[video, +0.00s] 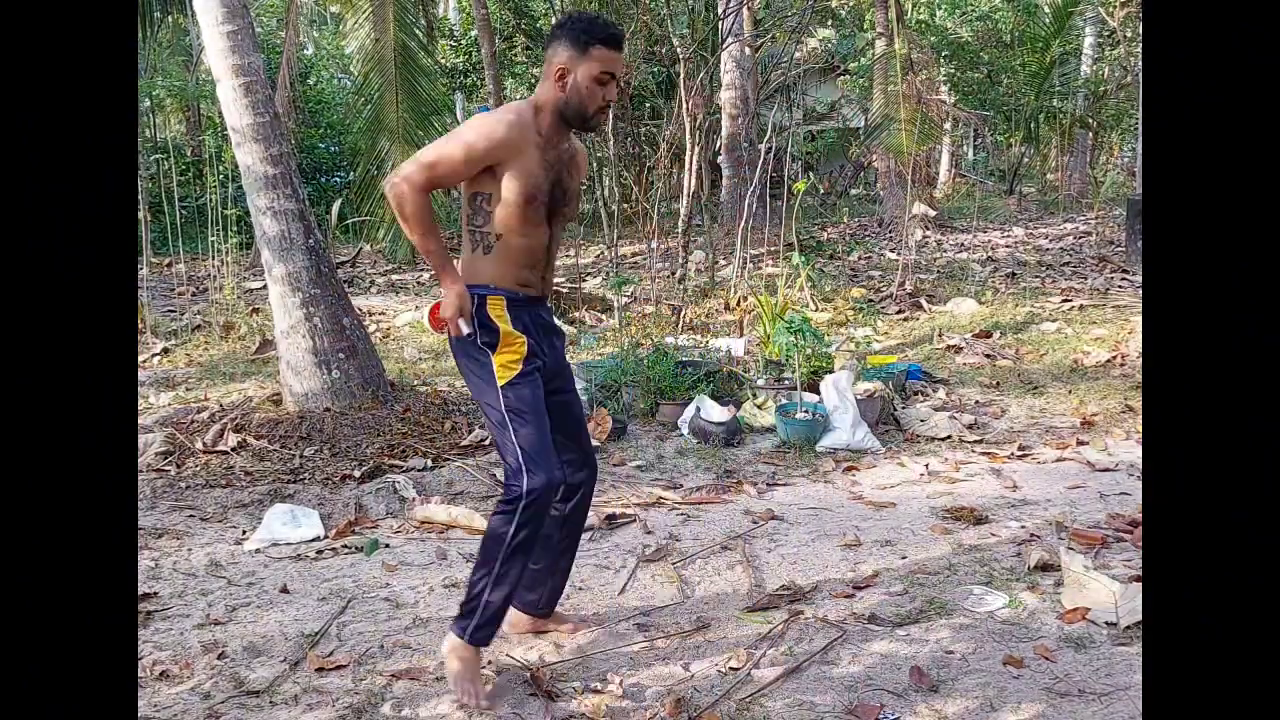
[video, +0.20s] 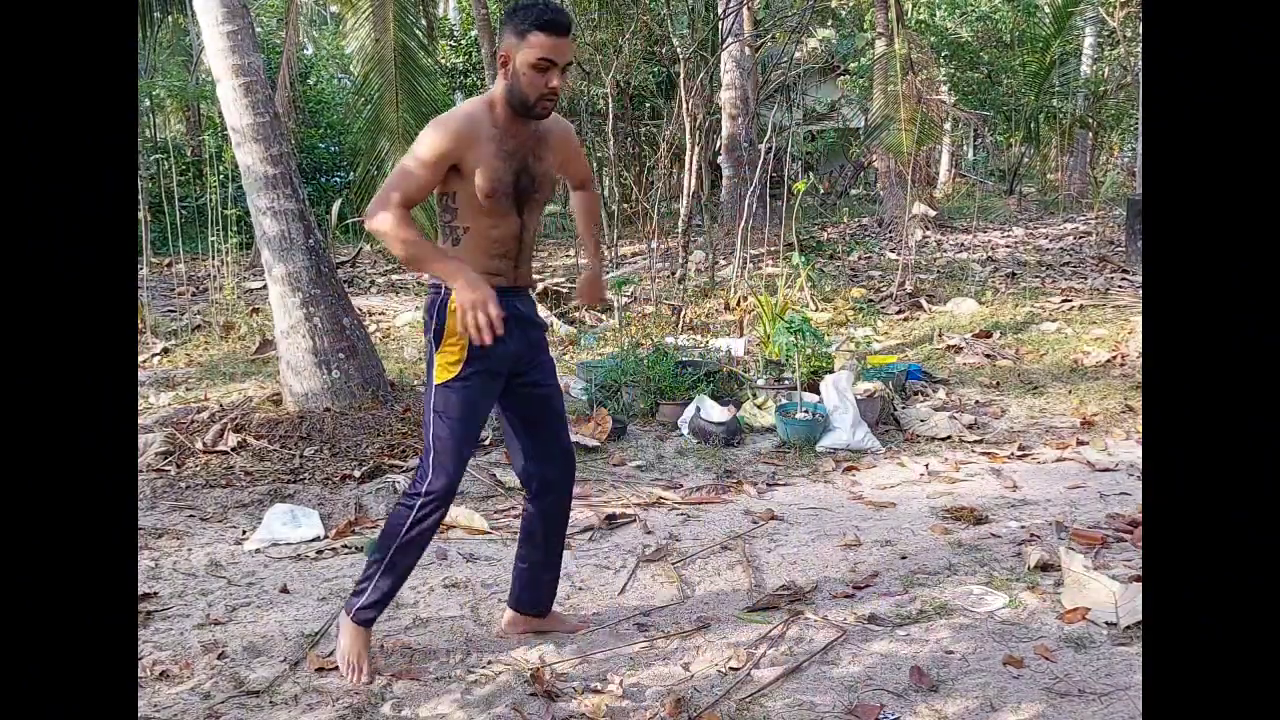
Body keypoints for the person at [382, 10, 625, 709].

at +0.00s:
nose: (612, 96)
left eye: (617, 83)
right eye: (603, 79)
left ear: (591, 80)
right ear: (559, 71)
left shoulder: (574, 156)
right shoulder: (508, 127)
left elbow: (534, 239)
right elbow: (406, 184)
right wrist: (448, 278)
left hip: (535, 319)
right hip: (490, 317)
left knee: (575, 472)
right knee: (536, 477)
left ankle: (533, 609)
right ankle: (466, 644)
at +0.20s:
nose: (556, 82)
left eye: (564, 69)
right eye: (544, 66)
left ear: (568, 70)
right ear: (505, 60)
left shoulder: (558, 138)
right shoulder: (456, 131)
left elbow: (584, 190)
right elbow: (383, 215)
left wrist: (593, 268)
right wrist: (457, 274)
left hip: (522, 317)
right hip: (463, 318)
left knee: (553, 470)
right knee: (438, 481)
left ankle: (528, 611)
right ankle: (358, 617)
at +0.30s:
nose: (527, 87)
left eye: (537, 72)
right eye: (514, 71)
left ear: (543, 70)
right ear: (479, 61)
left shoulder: (524, 130)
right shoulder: (440, 133)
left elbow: (576, 171)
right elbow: (414, 244)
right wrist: (514, 262)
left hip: (502, 318)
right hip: (444, 320)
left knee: (544, 466)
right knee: (409, 480)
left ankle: (529, 610)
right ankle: (352, 624)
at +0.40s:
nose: (506, 92)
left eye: (516, 79)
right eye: (493, 75)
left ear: (523, 78)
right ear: (459, 65)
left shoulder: (503, 135)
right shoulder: (430, 139)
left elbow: (573, 175)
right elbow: (455, 251)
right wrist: (521, 243)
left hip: (484, 319)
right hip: (429, 322)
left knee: (542, 464)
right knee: (401, 487)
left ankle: (530, 602)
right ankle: (349, 627)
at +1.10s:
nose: (558, 78)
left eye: (570, 66)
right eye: (543, 63)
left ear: (578, 72)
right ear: (512, 63)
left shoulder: (560, 135)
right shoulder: (498, 131)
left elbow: (642, 178)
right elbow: (556, 240)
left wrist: (595, 95)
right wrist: (601, 229)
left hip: (539, 325)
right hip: (484, 324)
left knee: (571, 480)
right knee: (476, 503)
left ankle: (535, 599)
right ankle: (442, 686)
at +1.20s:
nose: (549, 82)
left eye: (561, 68)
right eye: (533, 67)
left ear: (572, 72)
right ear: (502, 69)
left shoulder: (565, 152)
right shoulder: (482, 131)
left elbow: (627, 230)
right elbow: (519, 213)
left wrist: (603, 139)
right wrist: (622, 240)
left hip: (541, 333)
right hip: (485, 333)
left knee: (576, 488)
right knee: (493, 516)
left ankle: (535, 597)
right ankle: (467, 700)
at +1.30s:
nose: (542, 78)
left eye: (553, 65)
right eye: (527, 64)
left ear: (564, 70)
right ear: (494, 67)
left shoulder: (573, 158)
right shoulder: (459, 137)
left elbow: (612, 267)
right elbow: (440, 224)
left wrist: (569, 225)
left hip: (545, 337)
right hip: (486, 337)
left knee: (583, 495)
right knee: (507, 519)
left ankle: (540, 594)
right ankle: (473, 702)